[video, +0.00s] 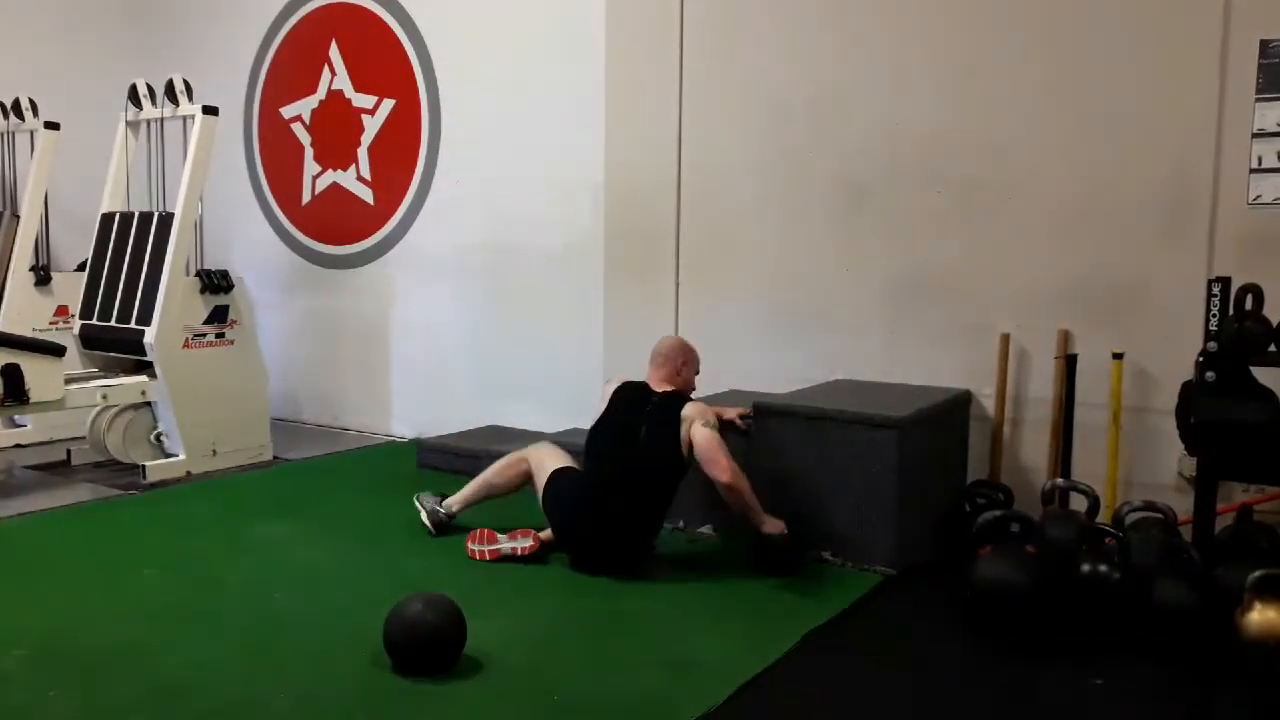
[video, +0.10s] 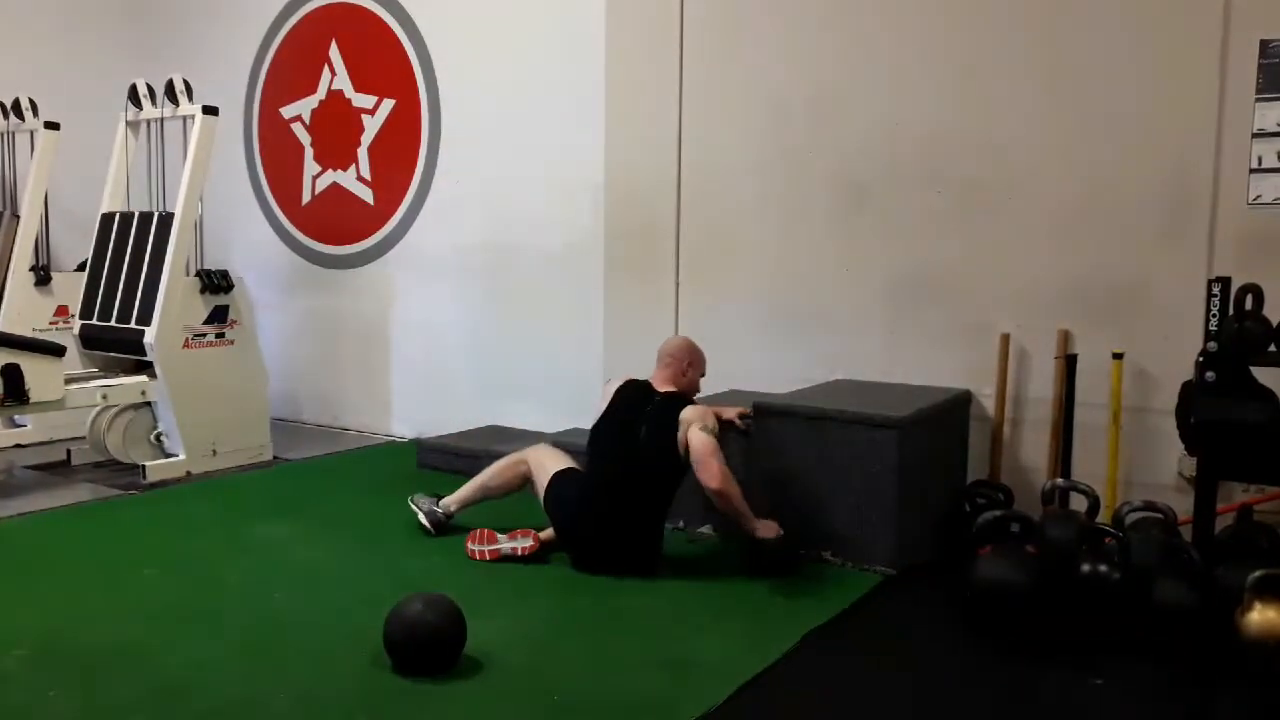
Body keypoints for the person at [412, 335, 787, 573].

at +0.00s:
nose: (695, 379)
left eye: (692, 373)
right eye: (695, 374)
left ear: (650, 369)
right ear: (689, 377)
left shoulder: (619, 392)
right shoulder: (695, 413)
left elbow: (656, 410)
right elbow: (723, 475)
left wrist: (710, 413)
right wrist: (761, 519)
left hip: (580, 531)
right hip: (629, 551)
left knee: (538, 453)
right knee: (615, 481)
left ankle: (447, 508)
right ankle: (539, 538)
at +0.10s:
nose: (700, 381)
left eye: (699, 374)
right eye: (701, 375)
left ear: (657, 365)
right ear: (691, 373)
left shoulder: (621, 389)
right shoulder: (694, 413)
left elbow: (653, 415)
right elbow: (714, 480)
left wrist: (709, 414)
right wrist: (754, 525)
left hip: (585, 533)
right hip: (637, 550)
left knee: (536, 455)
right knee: (613, 484)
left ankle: (444, 507)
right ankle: (539, 538)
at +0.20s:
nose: (709, 387)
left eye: (707, 381)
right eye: (710, 382)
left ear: (668, 369)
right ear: (703, 381)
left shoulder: (625, 391)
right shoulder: (696, 421)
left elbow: (648, 420)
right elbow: (699, 497)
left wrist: (705, 414)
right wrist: (747, 542)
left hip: (584, 527)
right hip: (636, 550)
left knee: (540, 459)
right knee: (613, 491)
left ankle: (447, 508)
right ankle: (537, 539)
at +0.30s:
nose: (727, 399)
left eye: (726, 396)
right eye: (728, 394)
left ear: (688, 381)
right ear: (720, 397)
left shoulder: (647, 396)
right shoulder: (697, 445)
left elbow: (674, 414)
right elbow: (682, 526)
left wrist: (716, 416)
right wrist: (740, 551)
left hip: (579, 524)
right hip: (622, 553)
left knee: (542, 458)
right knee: (616, 493)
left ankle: (449, 509)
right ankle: (540, 538)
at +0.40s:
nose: (748, 427)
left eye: (746, 417)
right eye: (749, 421)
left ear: (709, 398)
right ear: (741, 424)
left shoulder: (662, 398)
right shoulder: (709, 474)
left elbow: (691, 404)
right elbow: (682, 554)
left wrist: (720, 408)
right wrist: (738, 550)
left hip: (575, 517)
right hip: (616, 558)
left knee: (537, 454)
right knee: (623, 503)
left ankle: (445, 508)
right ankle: (539, 539)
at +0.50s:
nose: (761, 446)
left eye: (757, 431)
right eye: (772, 449)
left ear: (743, 429)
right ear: (769, 463)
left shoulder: (695, 421)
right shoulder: (739, 514)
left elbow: (678, 393)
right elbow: (702, 557)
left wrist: (723, 410)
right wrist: (732, 544)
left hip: (590, 518)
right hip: (629, 563)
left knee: (535, 448)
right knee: (618, 493)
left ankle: (440, 500)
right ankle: (537, 537)